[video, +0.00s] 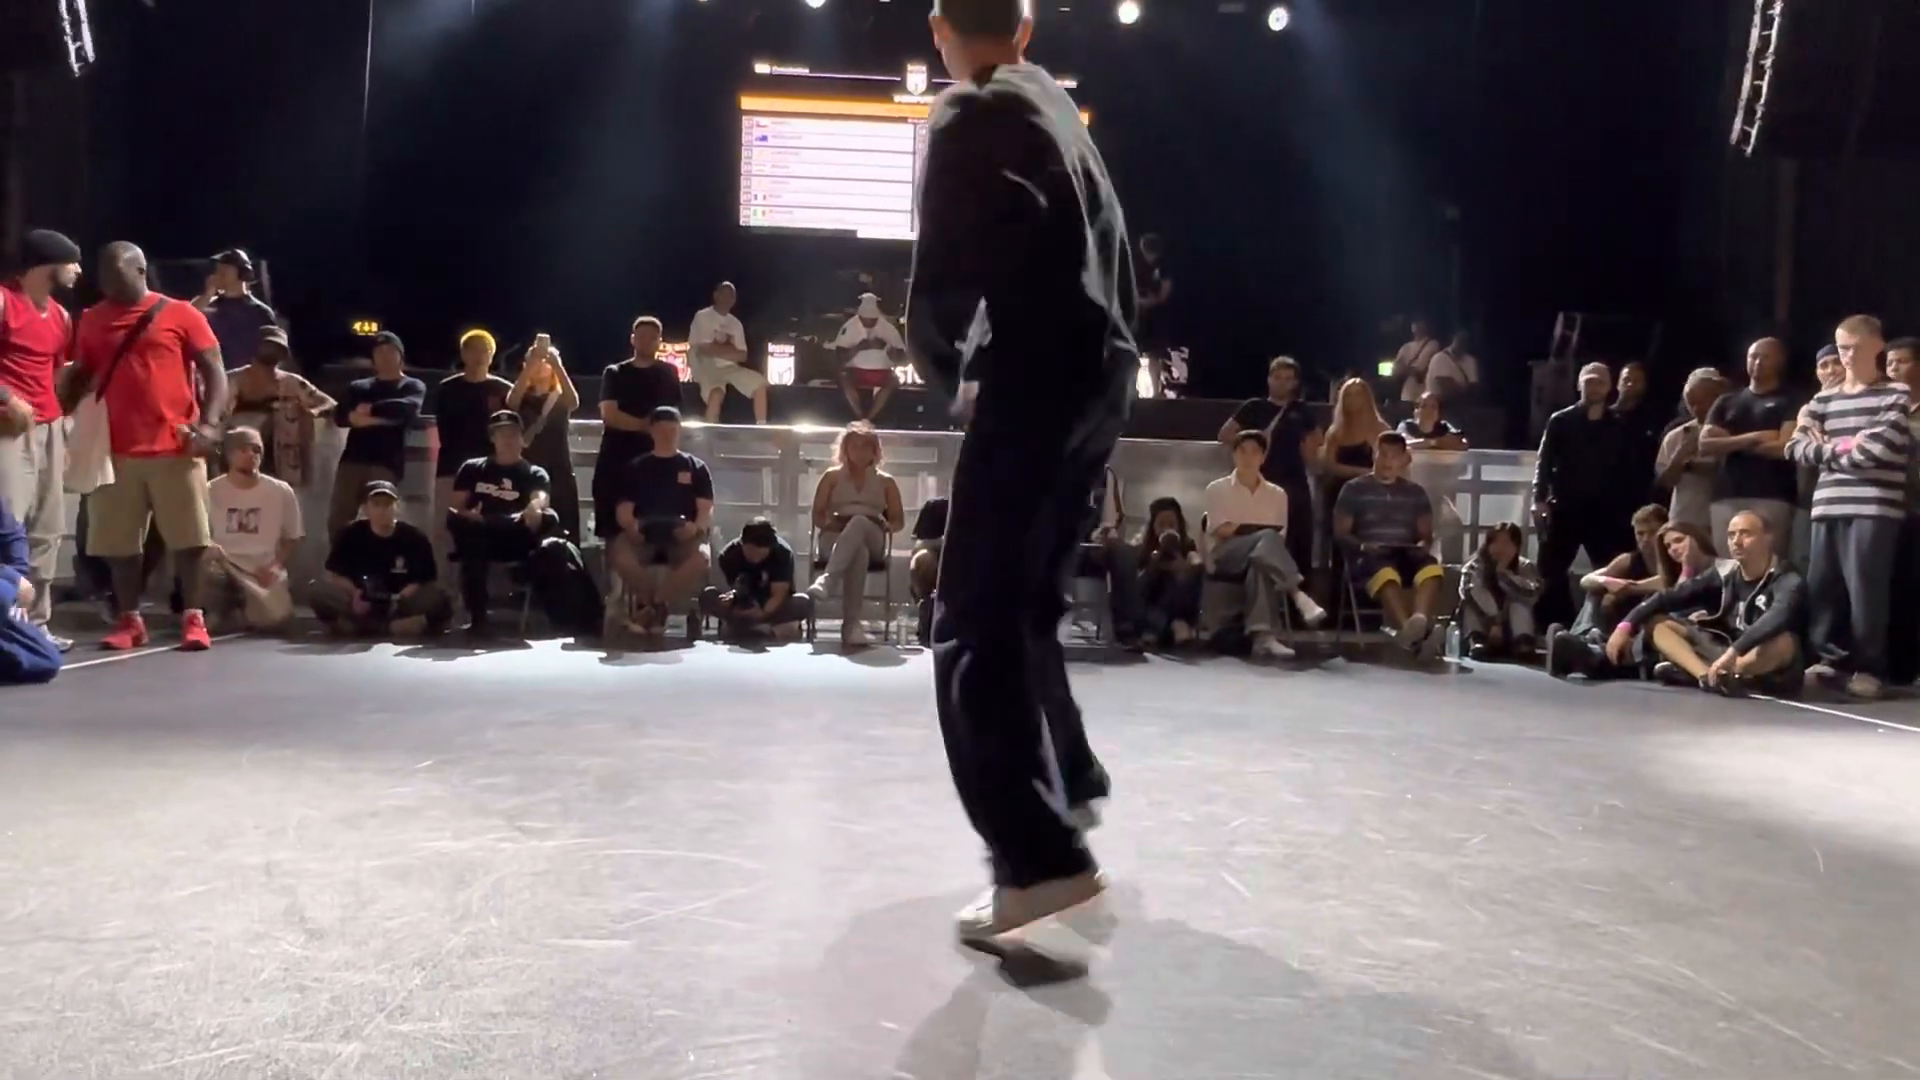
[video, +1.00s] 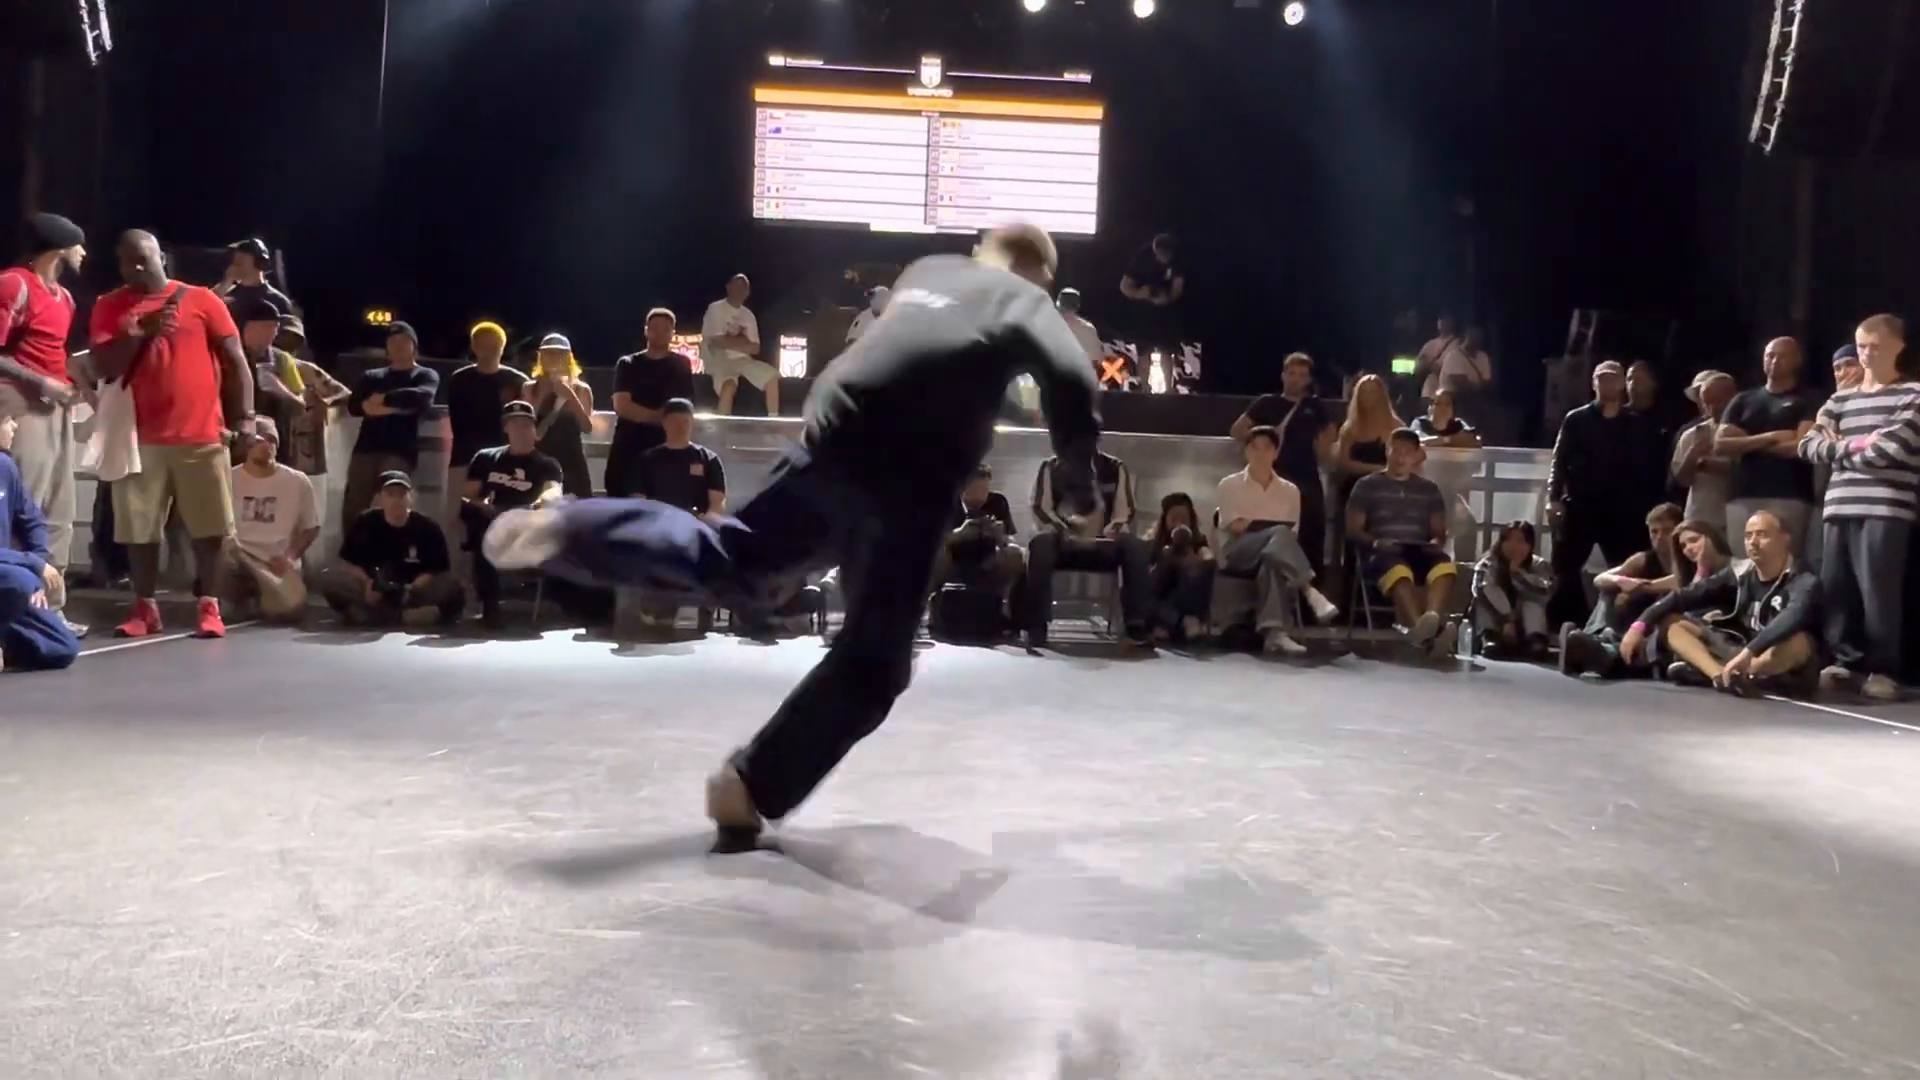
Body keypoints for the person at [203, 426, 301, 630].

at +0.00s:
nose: (251, 456)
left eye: (256, 450)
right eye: (244, 450)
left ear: (262, 455)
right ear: (229, 454)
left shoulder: (281, 491)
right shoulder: (211, 491)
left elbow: (291, 537)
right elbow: (201, 533)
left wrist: (275, 567)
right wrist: (211, 549)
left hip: (264, 569)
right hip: (225, 565)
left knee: (276, 617)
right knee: (209, 557)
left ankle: (237, 613)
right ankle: (211, 617)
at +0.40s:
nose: (258, 456)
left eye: (264, 450)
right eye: (251, 450)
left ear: (269, 455)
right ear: (237, 455)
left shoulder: (291, 490)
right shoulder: (222, 489)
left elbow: (304, 536)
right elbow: (210, 531)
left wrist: (281, 566)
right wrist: (222, 551)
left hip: (271, 570)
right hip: (233, 565)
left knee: (279, 617)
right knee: (220, 555)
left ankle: (252, 609)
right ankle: (216, 615)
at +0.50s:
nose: (259, 454)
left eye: (265, 449)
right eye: (252, 449)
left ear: (270, 454)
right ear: (238, 454)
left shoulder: (292, 488)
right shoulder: (224, 487)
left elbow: (306, 535)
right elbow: (212, 527)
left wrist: (281, 565)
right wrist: (222, 550)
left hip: (272, 568)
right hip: (234, 563)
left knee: (280, 616)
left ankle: (253, 605)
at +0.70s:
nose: (262, 452)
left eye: (268, 446)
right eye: (255, 445)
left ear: (273, 451)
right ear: (240, 449)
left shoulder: (294, 486)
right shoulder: (226, 483)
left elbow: (308, 530)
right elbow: (215, 524)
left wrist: (283, 562)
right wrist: (224, 548)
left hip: (273, 565)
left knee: (284, 612)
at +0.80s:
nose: (264, 451)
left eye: (270, 445)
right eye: (255, 445)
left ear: (275, 449)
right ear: (242, 448)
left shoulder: (297, 485)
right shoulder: (228, 482)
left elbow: (311, 530)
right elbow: (217, 523)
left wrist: (286, 561)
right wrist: (225, 545)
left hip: (275, 565)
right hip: (238, 560)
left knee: (288, 610)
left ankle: (249, 606)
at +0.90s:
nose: (266, 447)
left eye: (271, 441)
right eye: (258, 440)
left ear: (276, 446)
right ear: (244, 445)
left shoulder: (297, 483)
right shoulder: (228, 480)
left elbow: (311, 528)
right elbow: (216, 519)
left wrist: (287, 558)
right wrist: (226, 546)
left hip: (276, 563)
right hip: (238, 559)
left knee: (289, 608)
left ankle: (250, 604)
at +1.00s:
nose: (267, 445)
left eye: (272, 439)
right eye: (260, 439)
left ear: (277, 444)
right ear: (245, 443)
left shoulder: (298, 481)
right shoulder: (228, 478)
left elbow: (311, 526)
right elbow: (217, 518)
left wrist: (288, 557)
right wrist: (226, 542)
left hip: (277, 562)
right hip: (238, 557)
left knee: (290, 607)